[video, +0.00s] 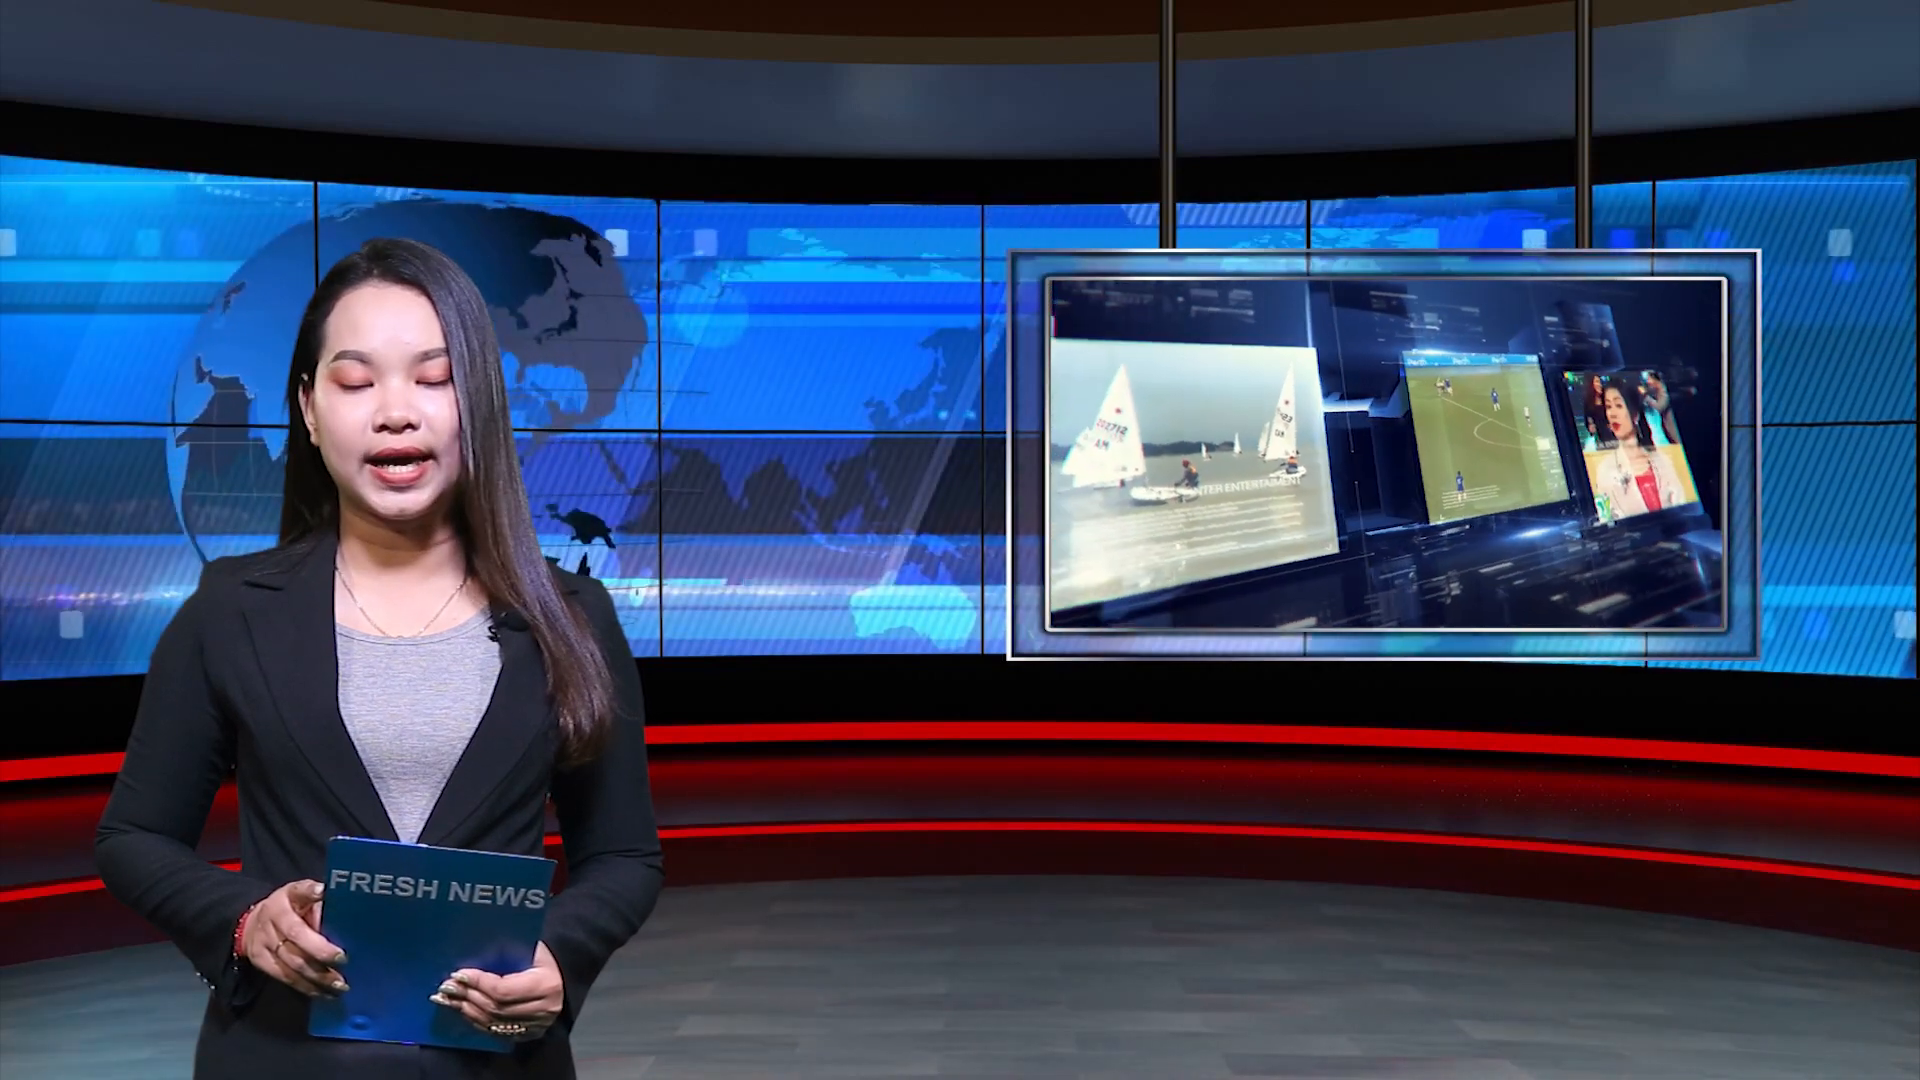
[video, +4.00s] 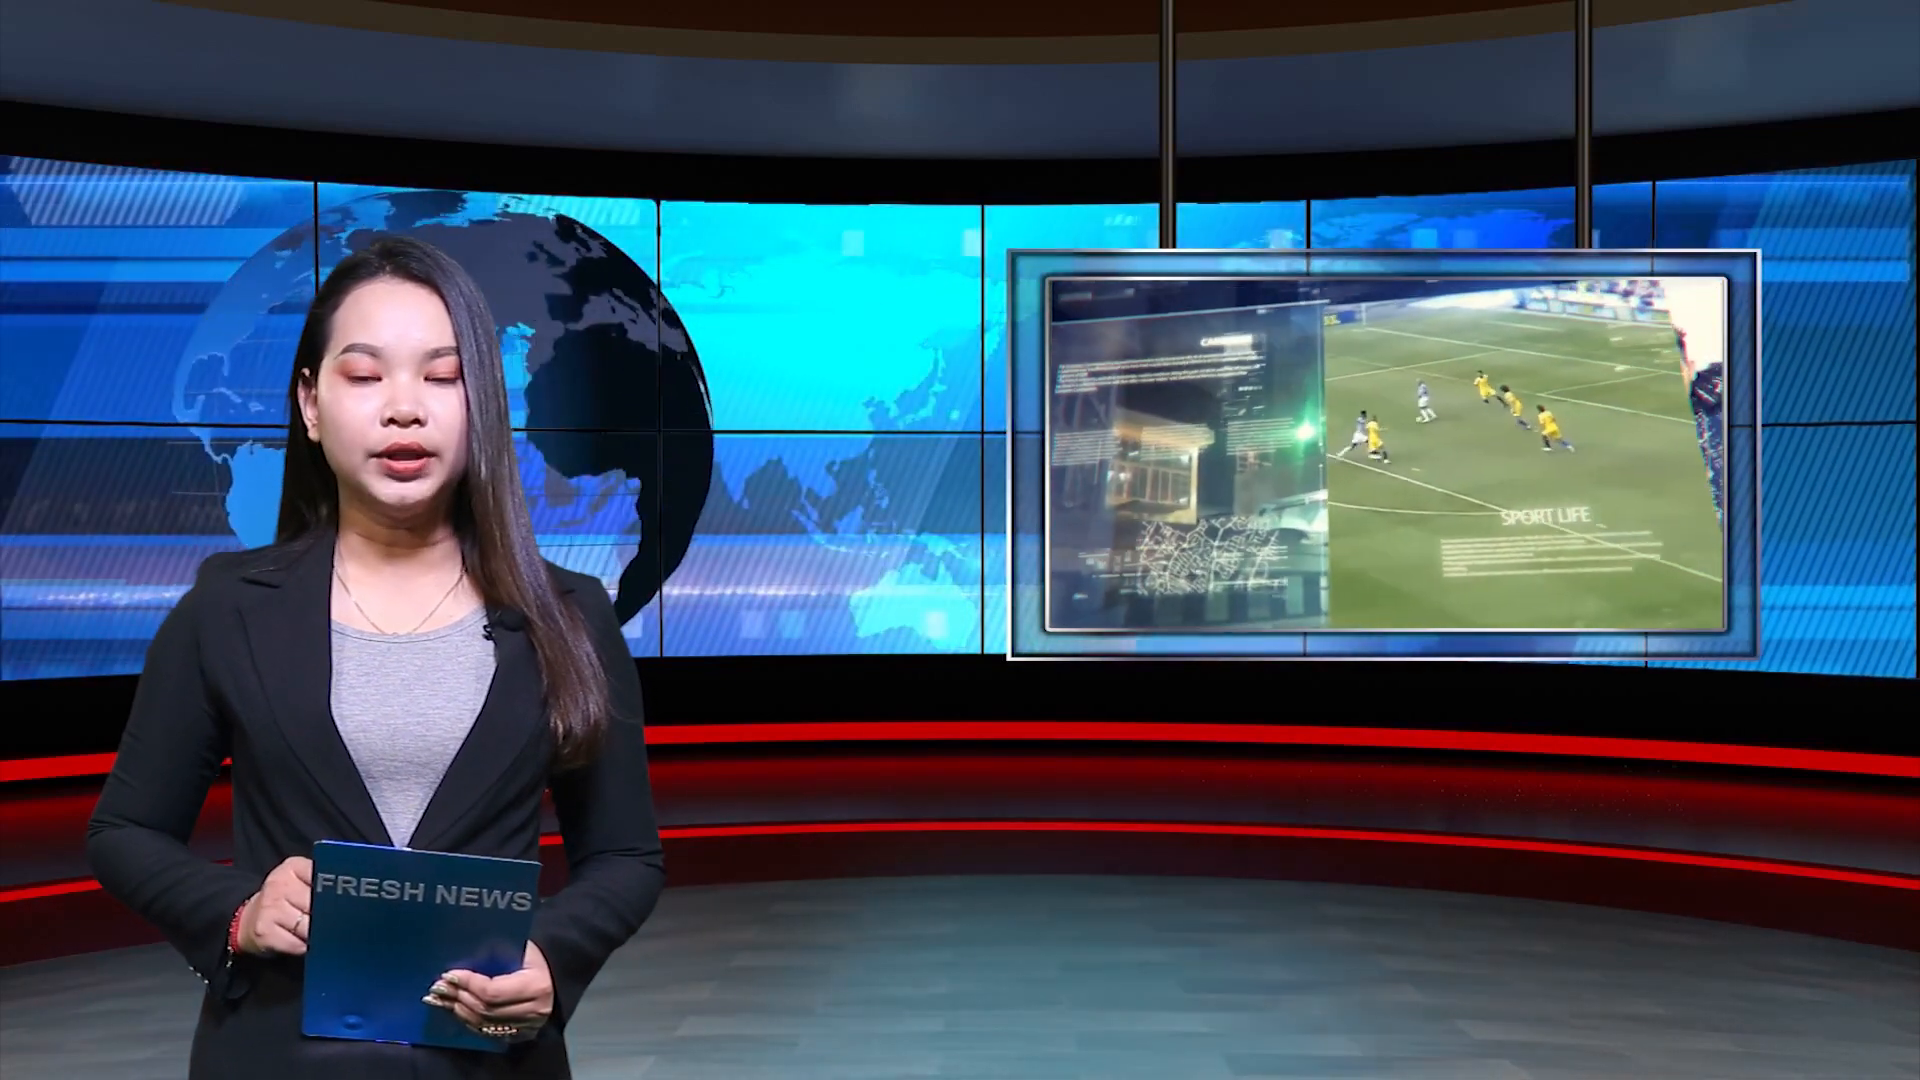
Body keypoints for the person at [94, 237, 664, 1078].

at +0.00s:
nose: (396, 413)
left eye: (432, 375)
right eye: (355, 379)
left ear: (476, 400)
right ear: (310, 411)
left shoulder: (566, 618)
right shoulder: (234, 612)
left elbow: (622, 856)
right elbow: (133, 838)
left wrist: (556, 960)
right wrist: (240, 915)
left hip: (499, 1052)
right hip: (282, 1054)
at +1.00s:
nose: (409, 403)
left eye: (446, 370)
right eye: (367, 370)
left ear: (486, 404)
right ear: (316, 406)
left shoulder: (571, 620)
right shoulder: (234, 612)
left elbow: (623, 857)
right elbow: (134, 838)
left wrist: (557, 959)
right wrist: (242, 917)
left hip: (499, 1053)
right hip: (284, 1054)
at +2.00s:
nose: (413, 413)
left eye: (447, 377)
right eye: (371, 377)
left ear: (486, 405)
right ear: (317, 407)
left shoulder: (571, 620)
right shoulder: (236, 617)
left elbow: (630, 858)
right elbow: (139, 842)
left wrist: (558, 958)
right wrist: (236, 909)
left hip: (499, 1053)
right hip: (285, 1056)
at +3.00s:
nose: (409, 412)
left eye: (442, 377)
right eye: (367, 376)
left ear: (479, 406)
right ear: (310, 408)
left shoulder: (563, 620)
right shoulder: (231, 613)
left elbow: (626, 860)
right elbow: (129, 840)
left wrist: (549, 962)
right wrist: (234, 896)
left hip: (492, 1053)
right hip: (277, 1055)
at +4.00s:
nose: (405, 407)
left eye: (440, 374)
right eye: (364, 373)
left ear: (479, 404)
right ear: (311, 406)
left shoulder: (566, 618)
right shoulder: (230, 609)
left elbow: (624, 857)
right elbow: (124, 832)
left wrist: (548, 960)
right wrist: (237, 908)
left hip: (493, 1051)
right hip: (277, 1052)